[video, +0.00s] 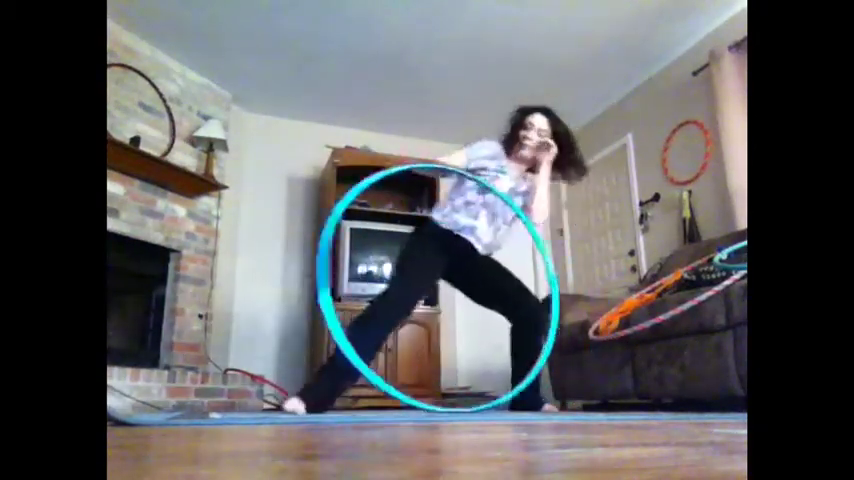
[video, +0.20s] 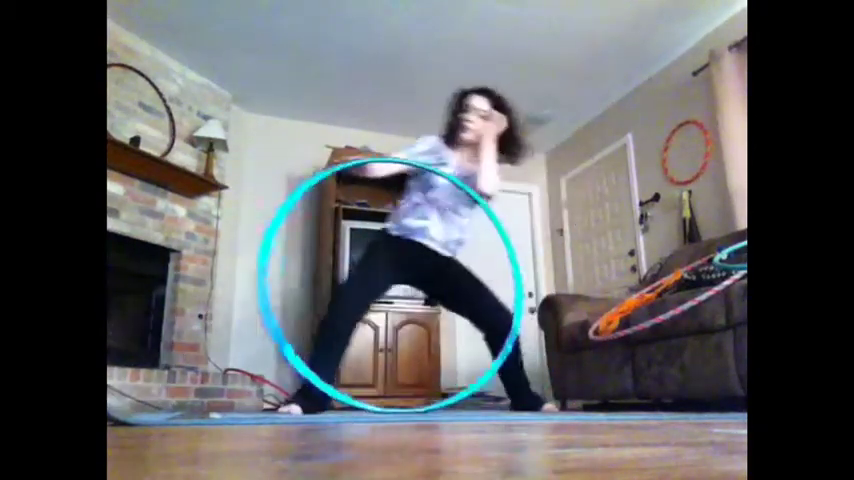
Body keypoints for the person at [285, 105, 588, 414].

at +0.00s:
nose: (528, 135)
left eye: (539, 132)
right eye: (525, 128)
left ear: (550, 146)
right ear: (515, 132)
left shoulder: (534, 187)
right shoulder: (491, 151)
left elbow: (538, 225)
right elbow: (438, 166)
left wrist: (545, 167)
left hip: (471, 258)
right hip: (434, 240)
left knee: (529, 310)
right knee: (391, 308)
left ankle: (527, 406)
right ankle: (310, 401)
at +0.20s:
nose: (470, 118)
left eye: (481, 115)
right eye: (466, 111)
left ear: (498, 128)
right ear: (456, 117)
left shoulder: (486, 169)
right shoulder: (433, 147)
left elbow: (488, 188)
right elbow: (379, 169)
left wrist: (489, 137)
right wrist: (358, 162)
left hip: (439, 263)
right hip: (394, 249)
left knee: (498, 320)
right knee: (344, 308)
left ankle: (526, 402)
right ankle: (310, 400)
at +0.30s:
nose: (443, 110)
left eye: (454, 105)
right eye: (438, 103)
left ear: (472, 117)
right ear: (429, 109)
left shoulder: (466, 164)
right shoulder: (408, 147)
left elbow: (461, 174)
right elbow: (358, 167)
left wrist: (461, 126)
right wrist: (323, 169)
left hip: (426, 261)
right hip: (379, 252)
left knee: (485, 323)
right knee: (328, 302)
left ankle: (526, 402)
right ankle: (307, 399)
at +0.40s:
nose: (401, 100)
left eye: (411, 94)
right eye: (397, 93)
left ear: (430, 105)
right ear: (389, 100)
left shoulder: (436, 154)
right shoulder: (372, 145)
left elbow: (418, 156)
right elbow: (321, 174)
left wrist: (419, 108)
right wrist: (262, 185)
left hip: (413, 261)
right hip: (363, 255)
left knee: (470, 322)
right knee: (311, 296)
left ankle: (522, 399)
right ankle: (306, 398)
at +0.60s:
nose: (350, 101)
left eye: (357, 94)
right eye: (342, 94)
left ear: (373, 100)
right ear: (331, 103)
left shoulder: (390, 141)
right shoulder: (324, 153)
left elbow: (400, 132)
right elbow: (282, 191)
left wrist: (373, 98)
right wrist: (227, 205)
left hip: (397, 255)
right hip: (348, 258)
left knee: (455, 327)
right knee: (295, 295)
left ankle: (522, 402)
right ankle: (304, 398)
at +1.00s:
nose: (354, 127)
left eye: (360, 118)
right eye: (344, 120)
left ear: (369, 119)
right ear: (327, 127)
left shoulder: (384, 137)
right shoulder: (325, 180)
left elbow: (413, 82)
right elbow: (315, 235)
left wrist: (395, 55)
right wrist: (266, 216)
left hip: (415, 262)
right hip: (367, 268)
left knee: (488, 317)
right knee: (320, 299)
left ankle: (526, 402)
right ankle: (305, 398)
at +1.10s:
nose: (380, 138)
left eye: (383, 129)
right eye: (369, 132)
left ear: (390, 129)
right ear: (349, 140)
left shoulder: (403, 146)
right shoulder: (350, 192)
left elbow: (432, 91)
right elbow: (346, 243)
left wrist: (454, 40)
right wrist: (308, 210)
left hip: (432, 270)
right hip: (383, 276)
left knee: (507, 314)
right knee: (333, 305)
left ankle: (530, 402)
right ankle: (304, 401)